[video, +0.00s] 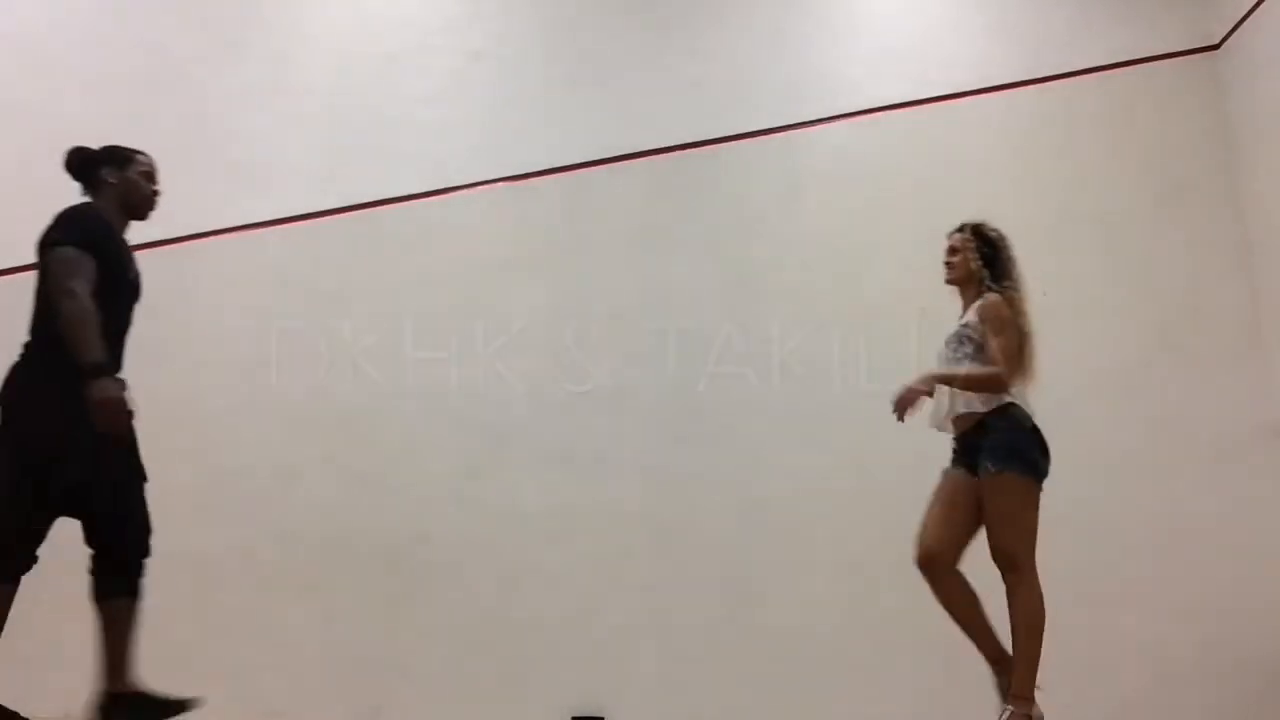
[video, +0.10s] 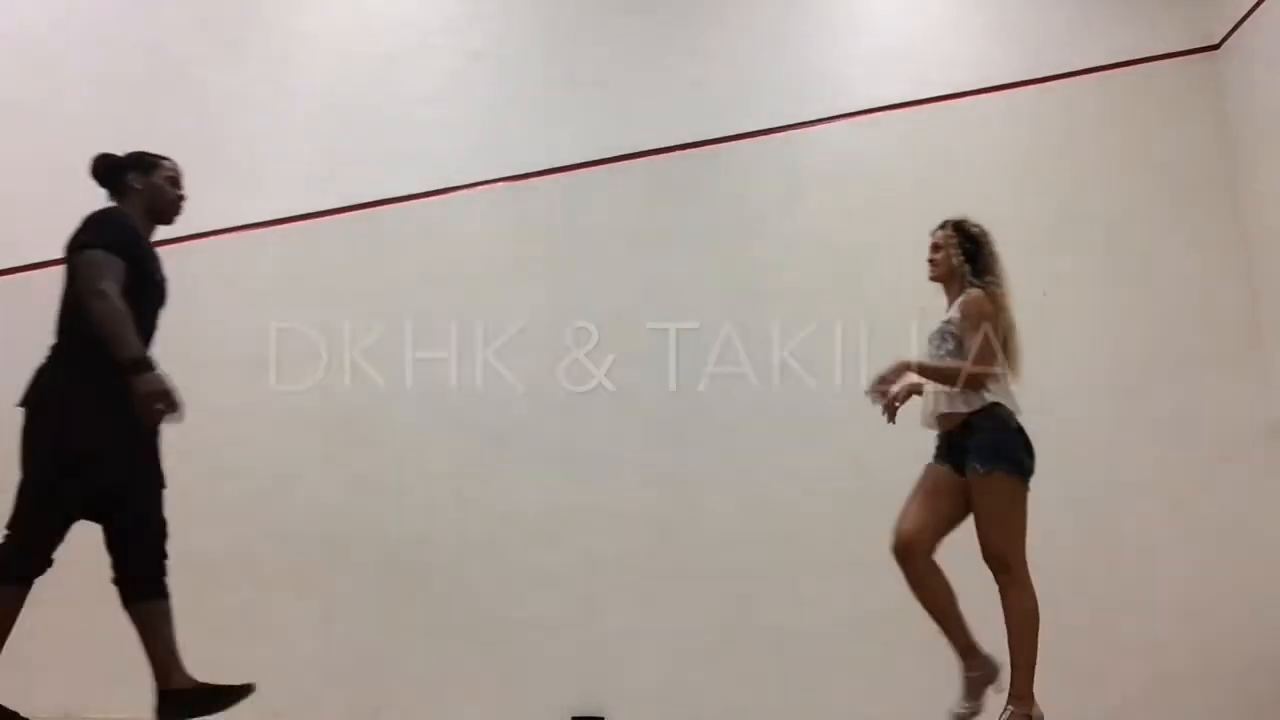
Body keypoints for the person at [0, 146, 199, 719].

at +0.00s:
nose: (156, 190)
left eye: (156, 181)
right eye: (147, 177)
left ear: (117, 181)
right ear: (111, 176)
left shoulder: (107, 240)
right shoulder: (80, 224)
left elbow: (82, 318)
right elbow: (69, 296)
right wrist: (100, 377)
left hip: (86, 409)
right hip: (51, 407)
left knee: (123, 539)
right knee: (13, 547)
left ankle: (119, 686)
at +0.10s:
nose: (181, 193)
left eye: (181, 185)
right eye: (172, 181)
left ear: (142, 186)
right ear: (137, 181)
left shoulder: (131, 243)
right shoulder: (109, 227)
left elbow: (104, 321)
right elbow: (98, 294)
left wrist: (133, 392)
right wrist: (142, 370)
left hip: (115, 413)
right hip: (79, 411)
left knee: (141, 547)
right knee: (26, 548)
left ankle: (173, 682)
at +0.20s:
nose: (208, 201)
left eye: (208, 193)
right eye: (198, 189)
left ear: (167, 193)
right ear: (162, 190)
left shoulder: (165, 253)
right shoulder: (137, 232)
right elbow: (124, 298)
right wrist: (172, 370)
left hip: (147, 418)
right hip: (102, 416)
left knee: (161, 558)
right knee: (46, 551)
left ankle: (179, 694)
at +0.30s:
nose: (237, 202)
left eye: (236, 193)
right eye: (227, 191)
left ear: (199, 196)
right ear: (194, 193)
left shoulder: (196, 254)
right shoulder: (169, 235)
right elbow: (149, 306)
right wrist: (190, 382)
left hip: (175, 421)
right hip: (140, 418)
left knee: (180, 560)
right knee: (80, 547)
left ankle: (187, 696)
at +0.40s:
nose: (262, 200)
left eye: (261, 192)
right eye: (252, 190)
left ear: (224, 199)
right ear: (220, 194)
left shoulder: (226, 257)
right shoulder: (195, 238)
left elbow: (215, 344)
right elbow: (175, 309)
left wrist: (223, 408)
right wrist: (193, 389)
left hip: (211, 419)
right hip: (167, 414)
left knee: (194, 557)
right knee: (133, 543)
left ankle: (189, 697)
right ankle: (12, 656)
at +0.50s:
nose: (285, 202)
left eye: (283, 194)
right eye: (276, 192)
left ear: (249, 201)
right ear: (244, 197)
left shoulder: (248, 258)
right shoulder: (217, 242)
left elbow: (238, 345)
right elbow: (192, 311)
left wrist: (248, 414)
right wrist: (197, 393)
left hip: (232, 421)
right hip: (197, 415)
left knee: (209, 552)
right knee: (183, 541)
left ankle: (189, 697)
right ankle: (52, 653)